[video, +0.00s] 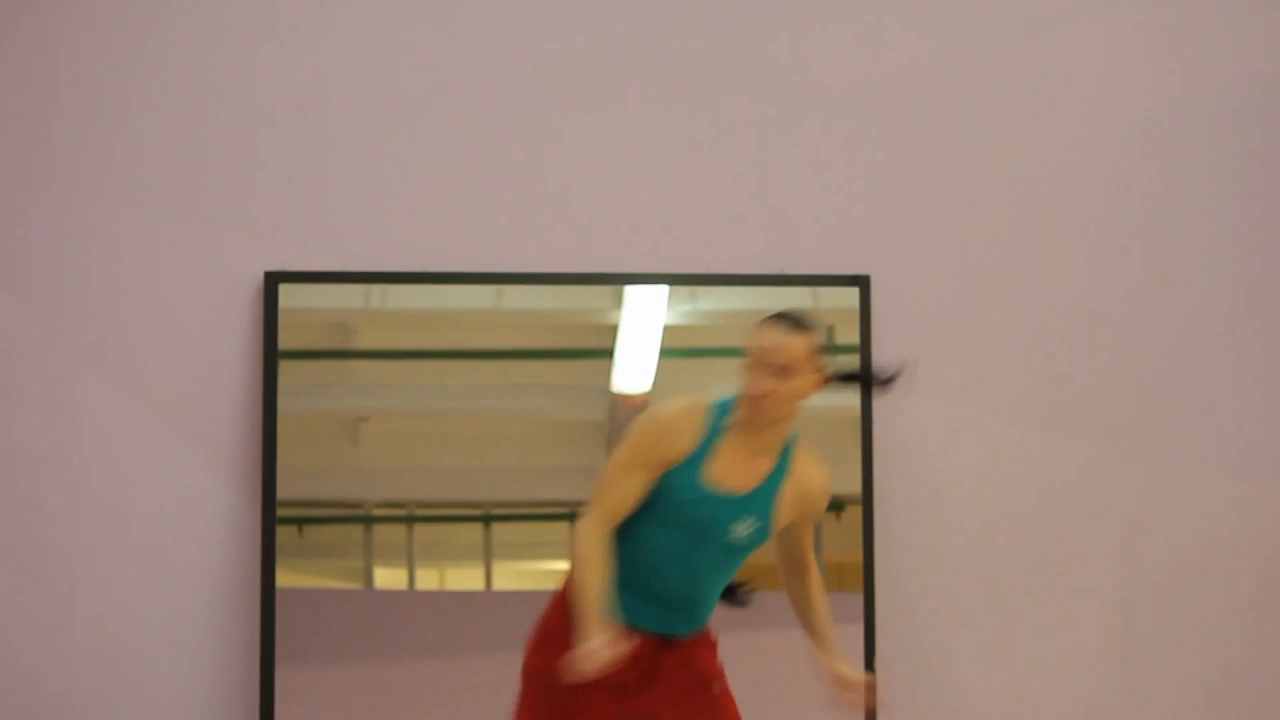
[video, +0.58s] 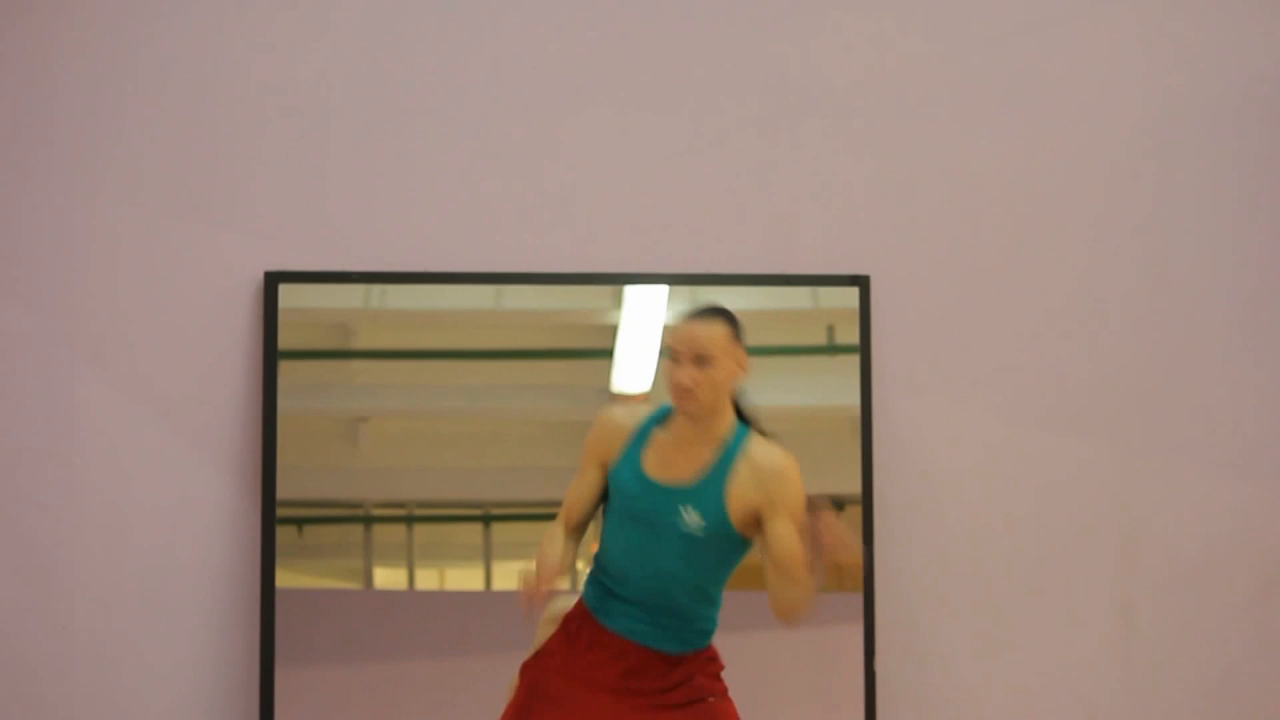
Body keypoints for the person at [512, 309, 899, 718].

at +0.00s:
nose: (758, 383)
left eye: (779, 372)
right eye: (753, 365)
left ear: (816, 381)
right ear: (742, 363)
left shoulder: (805, 483)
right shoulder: (674, 426)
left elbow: (799, 570)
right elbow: (593, 524)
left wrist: (832, 659)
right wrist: (595, 629)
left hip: (678, 656)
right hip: (586, 636)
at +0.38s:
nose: (728, 389)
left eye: (748, 377)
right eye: (722, 373)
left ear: (785, 386)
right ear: (710, 375)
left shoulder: (791, 494)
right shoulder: (643, 440)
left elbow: (802, 598)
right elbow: (570, 534)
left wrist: (859, 658)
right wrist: (563, 629)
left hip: (680, 683)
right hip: (585, 666)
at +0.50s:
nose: (703, 386)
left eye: (723, 373)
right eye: (694, 368)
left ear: (759, 381)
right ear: (683, 371)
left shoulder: (782, 488)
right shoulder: (624, 439)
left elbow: (795, 606)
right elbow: (562, 534)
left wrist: (851, 617)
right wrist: (547, 603)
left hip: (678, 686)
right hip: (577, 664)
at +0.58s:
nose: (682, 377)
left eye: (701, 362)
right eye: (673, 359)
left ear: (740, 366)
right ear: (663, 360)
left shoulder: (768, 470)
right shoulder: (619, 427)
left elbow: (789, 606)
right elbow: (568, 524)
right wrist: (548, 571)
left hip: (678, 681)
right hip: (582, 656)